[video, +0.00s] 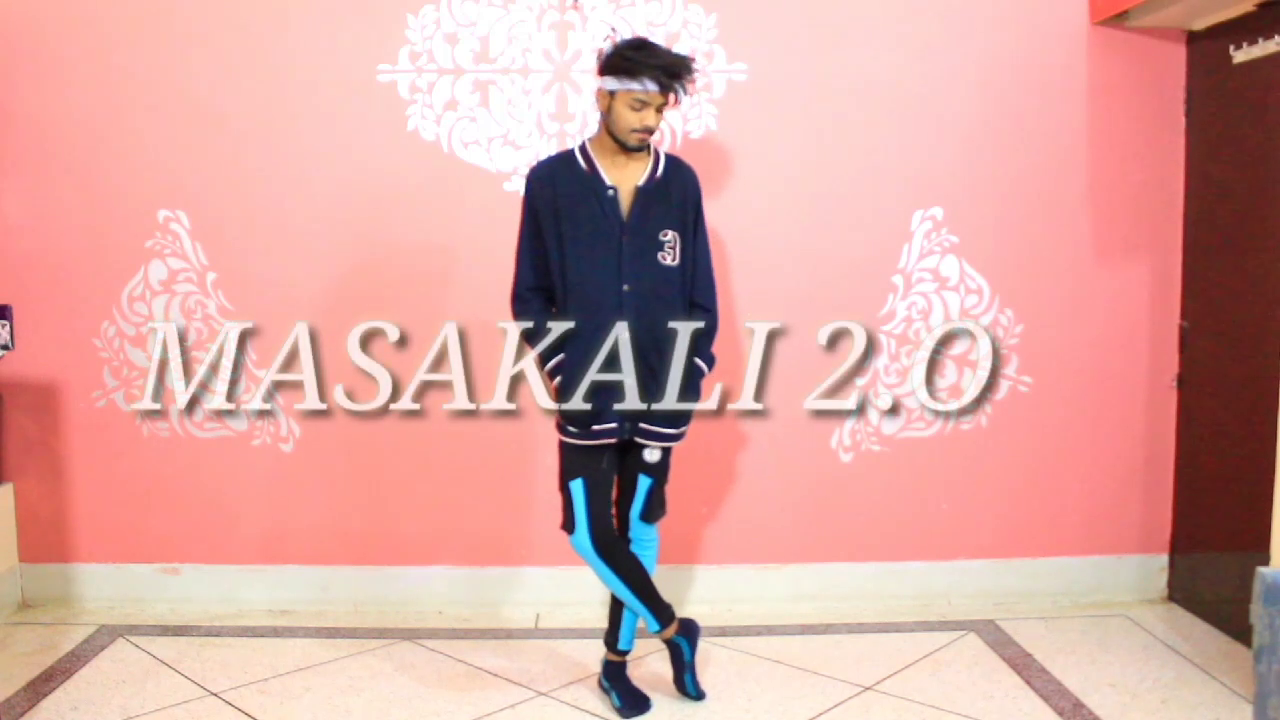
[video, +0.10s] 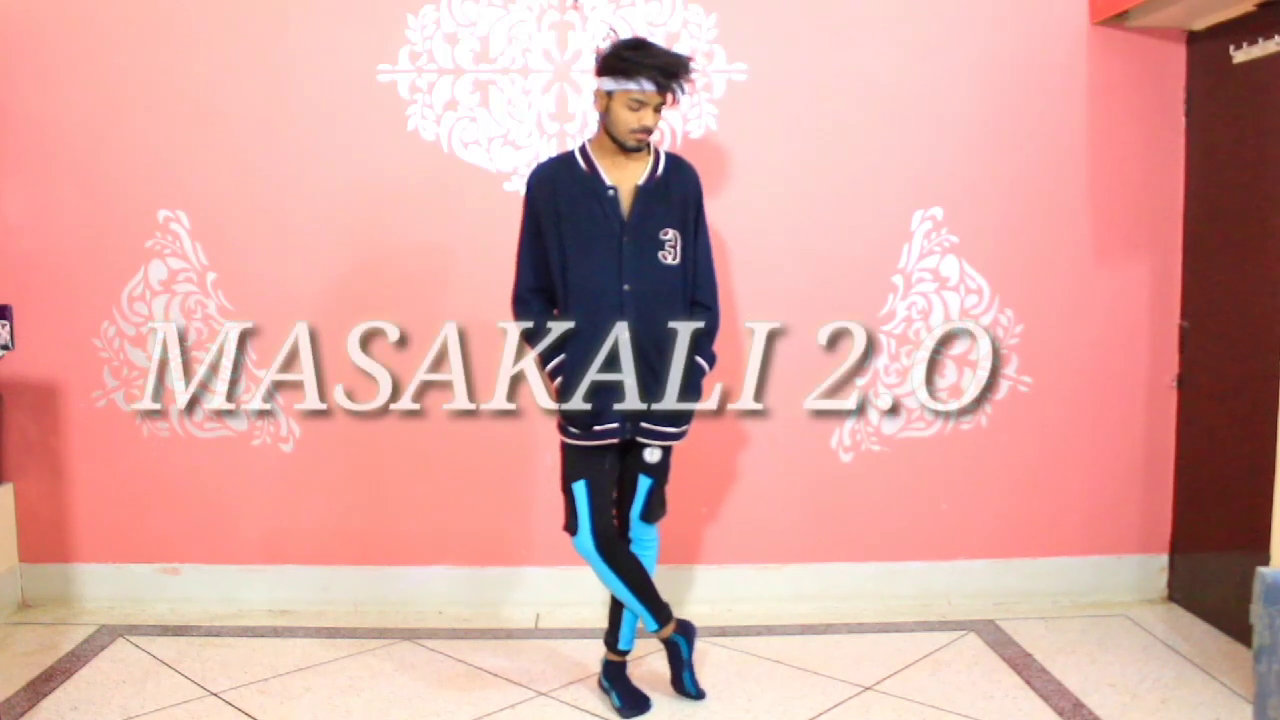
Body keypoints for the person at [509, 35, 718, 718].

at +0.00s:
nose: (649, 119)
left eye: (658, 106)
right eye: (637, 105)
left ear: (668, 106)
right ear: (603, 100)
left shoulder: (678, 179)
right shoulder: (553, 178)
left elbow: (700, 287)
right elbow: (529, 291)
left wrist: (698, 364)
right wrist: (557, 363)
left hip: (663, 384)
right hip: (587, 386)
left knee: (639, 525)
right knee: (589, 532)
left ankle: (616, 662)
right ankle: (674, 630)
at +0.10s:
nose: (649, 120)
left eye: (657, 107)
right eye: (636, 106)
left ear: (666, 107)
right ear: (602, 102)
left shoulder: (678, 178)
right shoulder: (553, 179)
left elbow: (701, 287)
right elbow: (530, 294)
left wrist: (697, 364)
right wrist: (561, 366)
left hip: (664, 384)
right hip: (588, 386)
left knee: (640, 525)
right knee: (592, 532)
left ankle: (616, 661)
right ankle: (673, 631)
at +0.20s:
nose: (648, 120)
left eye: (657, 108)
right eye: (635, 106)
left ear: (666, 108)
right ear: (602, 102)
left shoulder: (678, 179)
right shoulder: (553, 181)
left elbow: (703, 289)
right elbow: (531, 295)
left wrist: (698, 366)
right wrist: (561, 367)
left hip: (665, 386)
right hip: (589, 388)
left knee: (642, 526)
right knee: (592, 533)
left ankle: (616, 662)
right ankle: (676, 631)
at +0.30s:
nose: (650, 122)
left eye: (659, 109)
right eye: (637, 108)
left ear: (668, 109)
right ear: (603, 102)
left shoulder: (679, 180)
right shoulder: (554, 181)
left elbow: (704, 289)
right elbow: (532, 294)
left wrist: (700, 367)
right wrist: (561, 366)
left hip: (666, 386)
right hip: (590, 388)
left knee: (642, 527)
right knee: (588, 533)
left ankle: (616, 662)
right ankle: (678, 631)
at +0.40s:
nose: (652, 125)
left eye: (661, 112)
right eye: (640, 111)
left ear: (669, 111)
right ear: (605, 104)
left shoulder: (681, 182)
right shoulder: (555, 181)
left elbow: (705, 293)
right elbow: (533, 294)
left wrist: (698, 370)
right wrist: (563, 364)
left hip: (666, 388)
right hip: (591, 388)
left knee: (643, 527)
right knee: (587, 535)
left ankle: (616, 662)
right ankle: (677, 631)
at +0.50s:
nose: (654, 125)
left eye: (663, 112)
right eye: (641, 111)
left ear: (671, 111)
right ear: (607, 104)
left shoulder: (682, 182)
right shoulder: (556, 179)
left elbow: (706, 293)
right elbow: (534, 291)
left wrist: (698, 370)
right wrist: (561, 363)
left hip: (666, 387)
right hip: (590, 387)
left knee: (644, 527)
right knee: (587, 532)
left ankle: (616, 661)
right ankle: (674, 633)